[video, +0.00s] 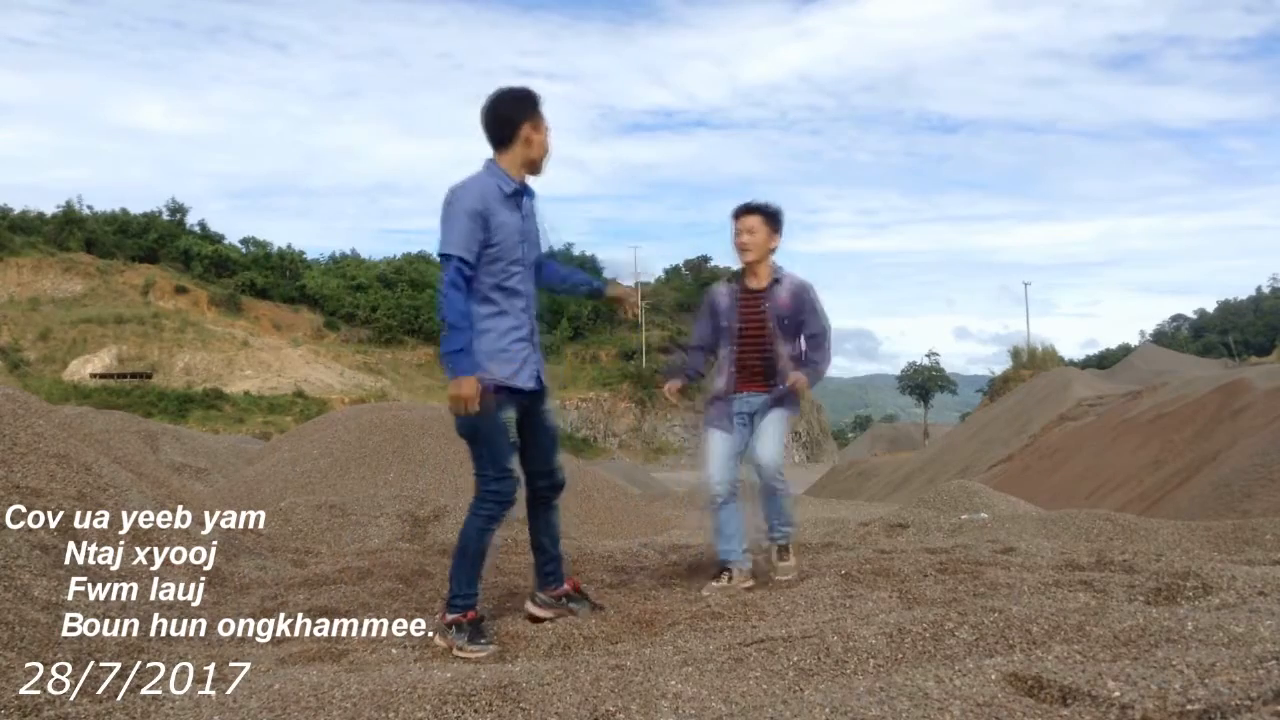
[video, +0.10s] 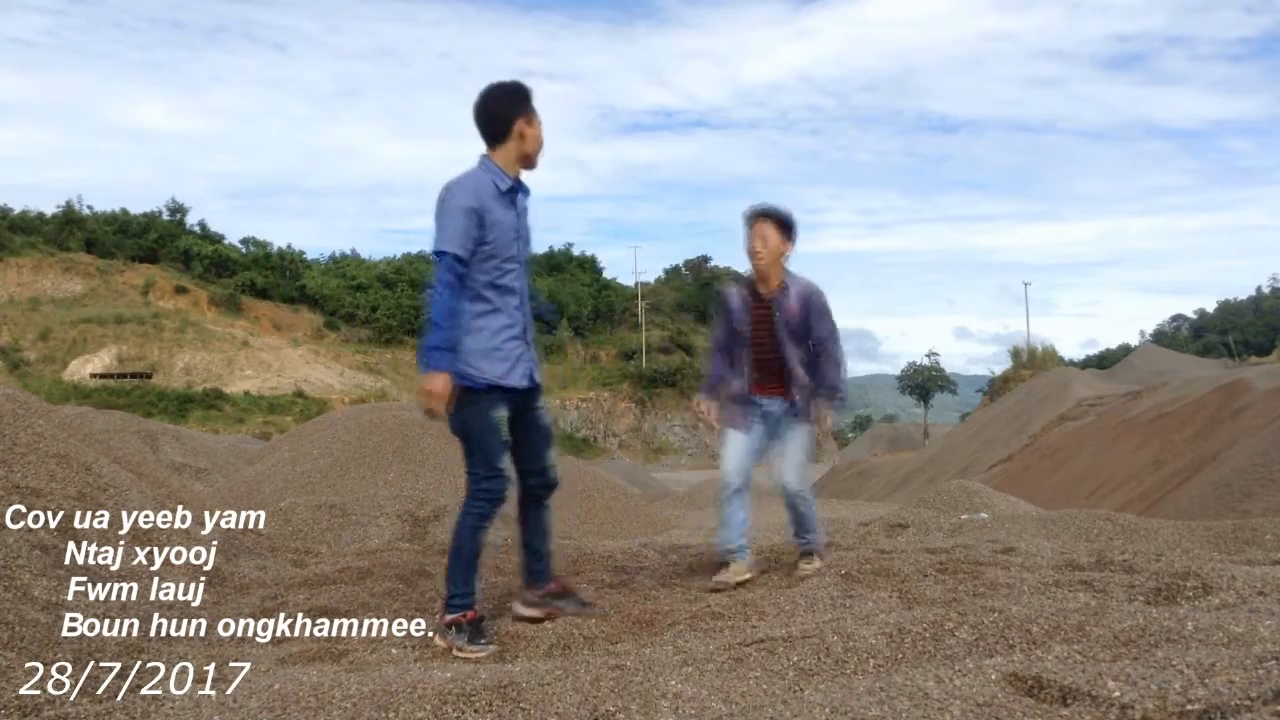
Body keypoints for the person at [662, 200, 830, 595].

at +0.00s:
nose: (742, 240)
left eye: (751, 233)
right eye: (738, 234)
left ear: (773, 239)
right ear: (734, 239)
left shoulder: (796, 291)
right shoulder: (719, 295)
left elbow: (820, 342)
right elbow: (700, 347)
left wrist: (808, 373)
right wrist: (681, 376)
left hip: (776, 400)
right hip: (728, 402)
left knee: (766, 461)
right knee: (719, 483)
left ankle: (781, 540)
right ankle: (736, 567)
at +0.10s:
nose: (755, 247)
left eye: (765, 240)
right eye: (752, 240)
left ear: (786, 246)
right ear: (747, 244)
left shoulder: (806, 295)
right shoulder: (734, 296)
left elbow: (827, 348)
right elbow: (721, 349)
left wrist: (826, 397)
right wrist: (710, 391)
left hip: (792, 407)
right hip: (745, 406)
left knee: (792, 481)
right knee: (732, 477)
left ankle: (809, 550)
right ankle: (737, 559)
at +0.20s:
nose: (762, 256)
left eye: (771, 248)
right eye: (758, 249)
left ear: (793, 253)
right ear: (754, 253)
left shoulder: (816, 301)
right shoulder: (748, 300)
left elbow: (836, 360)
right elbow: (740, 356)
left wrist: (852, 414)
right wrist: (730, 403)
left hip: (812, 408)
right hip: (768, 407)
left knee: (806, 477)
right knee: (742, 467)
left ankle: (812, 552)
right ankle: (772, 544)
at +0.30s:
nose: (771, 246)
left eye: (779, 239)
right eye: (766, 240)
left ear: (800, 242)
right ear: (762, 243)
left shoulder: (824, 287)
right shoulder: (757, 294)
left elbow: (844, 345)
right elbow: (753, 349)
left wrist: (855, 397)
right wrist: (749, 395)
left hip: (821, 399)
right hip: (778, 402)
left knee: (808, 469)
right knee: (766, 474)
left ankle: (814, 547)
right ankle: (800, 529)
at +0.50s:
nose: (788, 258)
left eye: (796, 251)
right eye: (784, 251)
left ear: (817, 257)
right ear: (780, 256)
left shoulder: (836, 302)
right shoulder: (777, 305)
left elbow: (858, 356)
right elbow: (771, 358)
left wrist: (866, 409)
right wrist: (764, 403)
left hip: (830, 405)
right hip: (794, 407)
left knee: (812, 466)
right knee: (817, 473)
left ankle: (814, 547)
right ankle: (849, 539)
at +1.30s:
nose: (784, 236)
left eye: (793, 229)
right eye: (780, 229)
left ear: (813, 236)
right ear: (777, 236)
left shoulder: (825, 282)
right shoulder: (784, 284)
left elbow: (833, 342)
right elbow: (791, 343)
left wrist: (825, 396)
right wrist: (787, 392)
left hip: (826, 392)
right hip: (793, 391)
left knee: (837, 466)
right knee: (769, 454)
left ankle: (854, 540)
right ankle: (804, 528)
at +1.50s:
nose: (741, 236)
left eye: (749, 229)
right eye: (737, 228)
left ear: (767, 234)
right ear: (733, 233)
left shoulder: (784, 282)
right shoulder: (735, 285)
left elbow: (794, 340)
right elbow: (738, 343)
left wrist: (795, 393)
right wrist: (736, 390)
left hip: (785, 394)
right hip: (751, 395)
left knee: (789, 468)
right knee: (753, 475)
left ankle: (828, 523)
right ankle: (770, 545)